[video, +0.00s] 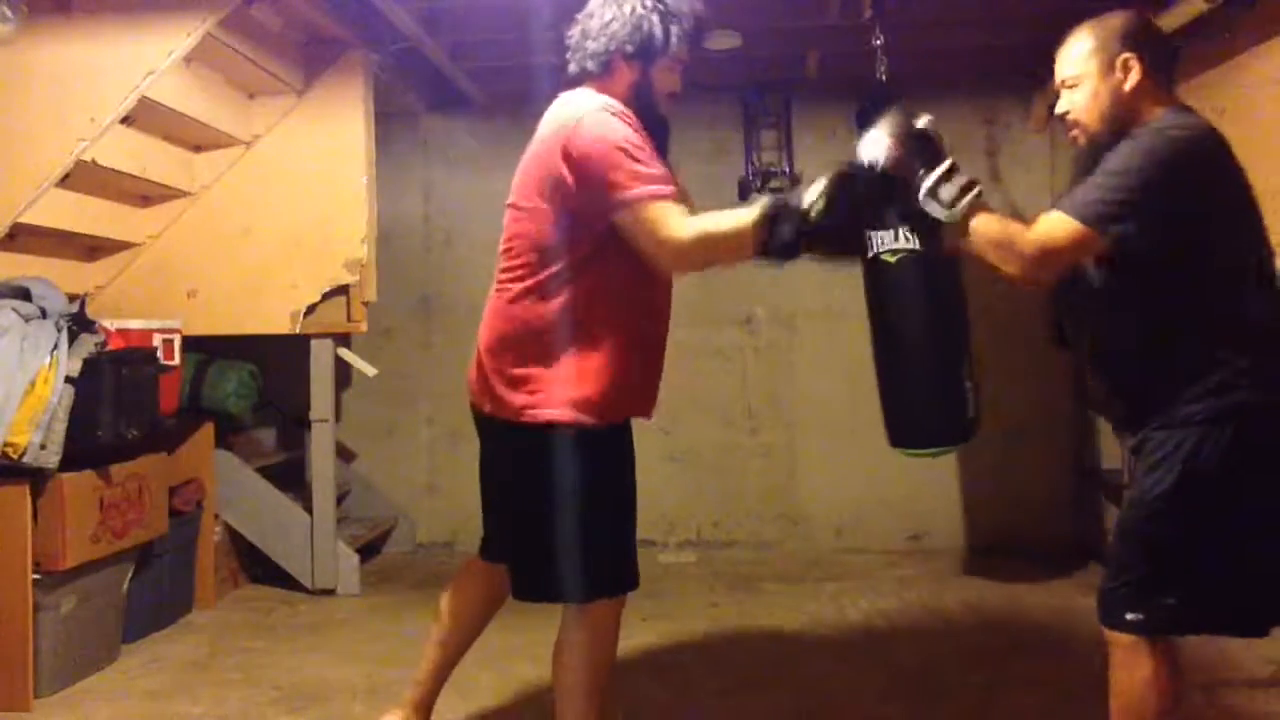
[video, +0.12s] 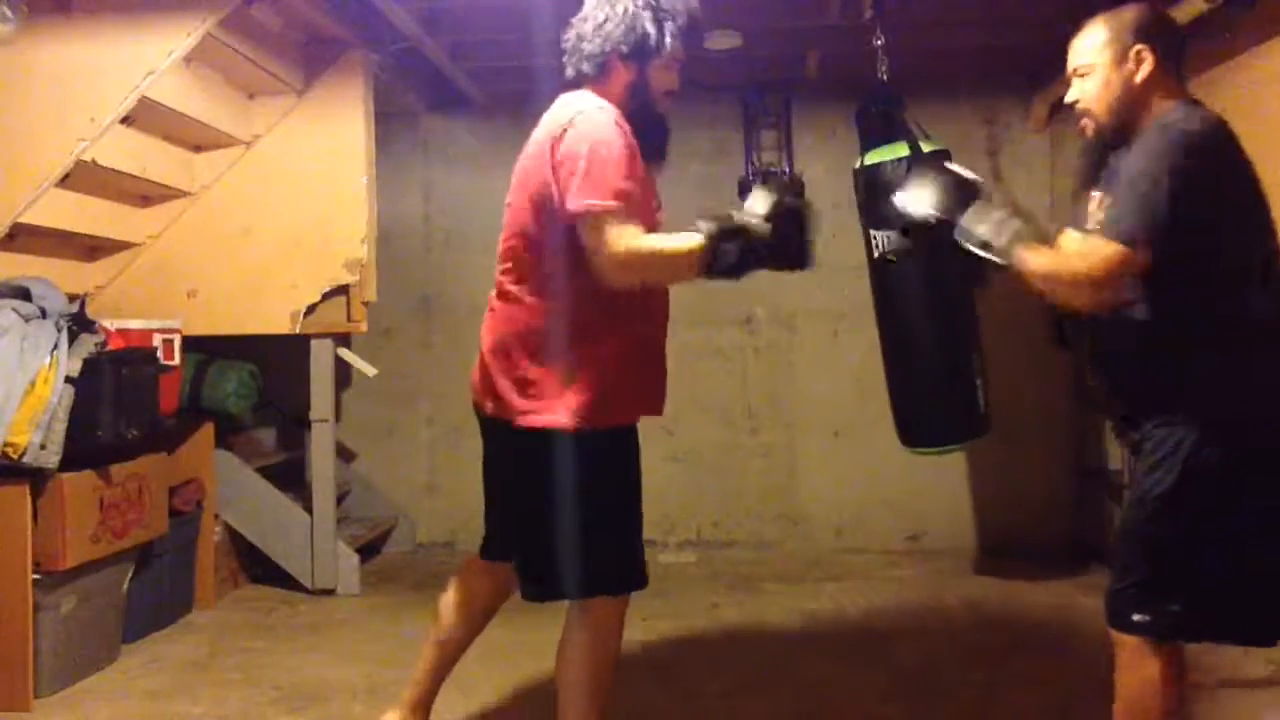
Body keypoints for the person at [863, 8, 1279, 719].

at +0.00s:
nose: (1061, 108)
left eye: (1070, 86)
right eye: (1059, 91)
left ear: (1126, 72)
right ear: (1127, 77)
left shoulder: (1165, 147)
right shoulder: (1151, 146)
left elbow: (1033, 257)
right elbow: (1042, 255)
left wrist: (932, 177)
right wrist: (931, 202)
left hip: (1213, 419)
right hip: (1197, 413)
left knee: (1131, 614)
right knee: (1145, 614)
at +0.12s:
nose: (1073, 94)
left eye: (1083, 73)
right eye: (1072, 77)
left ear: (1138, 64)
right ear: (1137, 69)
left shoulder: (1175, 143)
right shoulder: (1147, 144)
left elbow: (1097, 278)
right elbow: (1084, 254)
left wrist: (986, 224)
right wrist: (986, 214)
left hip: (1202, 423)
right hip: (1175, 417)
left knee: (1138, 617)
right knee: (1154, 618)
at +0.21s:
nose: (1085, 94)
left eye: (1098, 72)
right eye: (1085, 76)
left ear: (1155, 63)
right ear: (1157, 69)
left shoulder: (1190, 144)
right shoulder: (1192, 137)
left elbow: (1149, 295)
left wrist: (1033, 272)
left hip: (1196, 427)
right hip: (1198, 420)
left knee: (1147, 624)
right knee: (1159, 622)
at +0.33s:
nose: (1122, 95)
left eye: (1134, 75)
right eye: (1121, 78)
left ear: (1199, 64)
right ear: (1197, 69)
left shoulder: (1233, 141)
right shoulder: (1217, 142)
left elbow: (1185, 297)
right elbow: (1181, 270)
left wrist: (1091, 260)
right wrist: (1134, 241)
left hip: (1224, 433)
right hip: (1214, 427)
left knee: (1156, 625)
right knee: (1164, 622)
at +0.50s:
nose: (1186, 73)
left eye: (1196, 58)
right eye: (1184, 61)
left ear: (1257, 53)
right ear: (1251, 56)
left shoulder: (1265, 143)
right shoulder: (1240, 146)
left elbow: (1180, 270)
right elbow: (1149, 275)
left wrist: (1149, 150)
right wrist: (1113, 175)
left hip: (1262, 427)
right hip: (1243, 424)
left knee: (1198, 624)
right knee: (1206, 624)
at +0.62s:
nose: (1206, 71)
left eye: (1219, 54)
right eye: (1204, 56)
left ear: (1272, 49)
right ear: (1256, 51)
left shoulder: (1273, 147)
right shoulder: (1244, 147)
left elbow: (1212, 272)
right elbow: (1174, 278)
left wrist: (1171, 160)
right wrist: (1139, 181)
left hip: (1265, 417)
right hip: (1243, 414)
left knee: (1198, 621)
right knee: (1208, 623)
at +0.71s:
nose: (1209, 71)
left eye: (1223, 51)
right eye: (1209, 55)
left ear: (1274, 48)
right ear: (1255, 51)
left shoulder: (1273, 149)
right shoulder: (1250, 149)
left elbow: (1213, 274)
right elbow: (1182, 281)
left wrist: (1169, 168)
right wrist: (1148, 194)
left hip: (1264, 420)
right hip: (1245, 417)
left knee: (1195, 622)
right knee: (1205, 622)